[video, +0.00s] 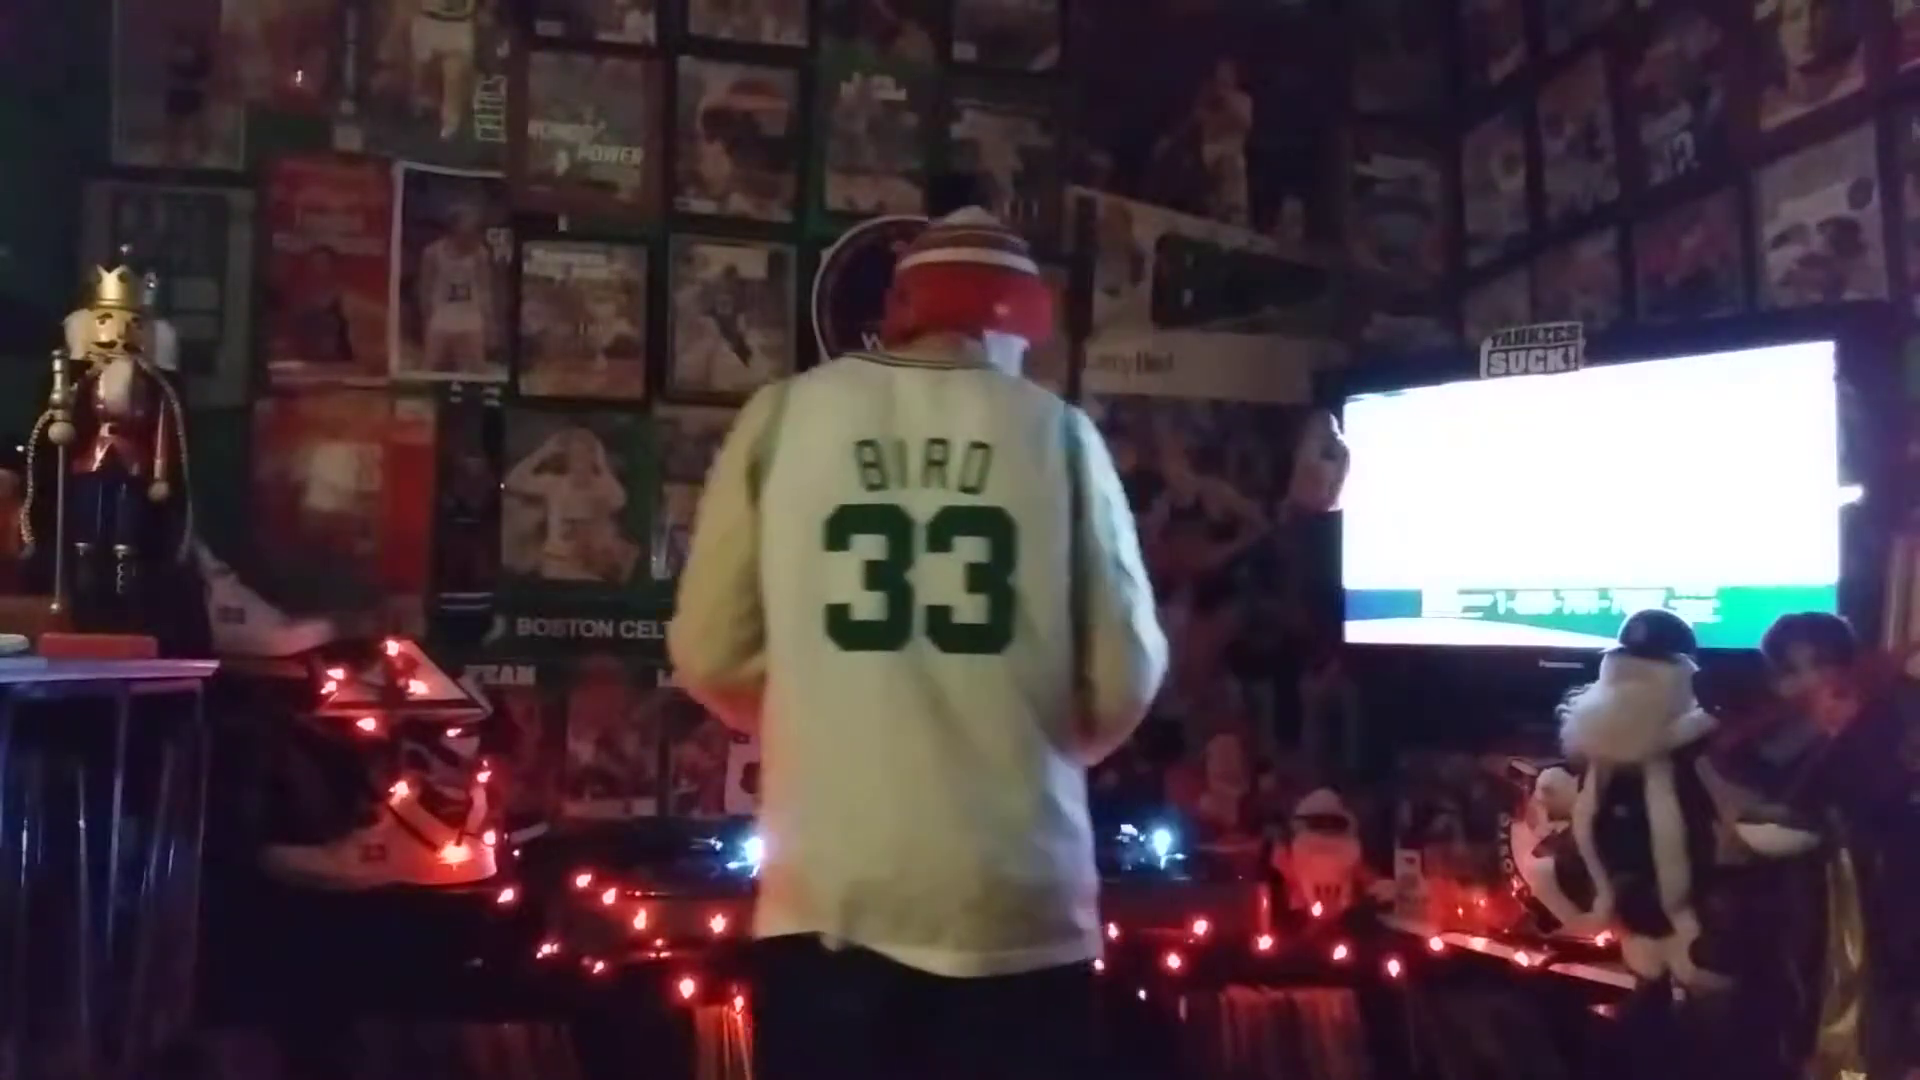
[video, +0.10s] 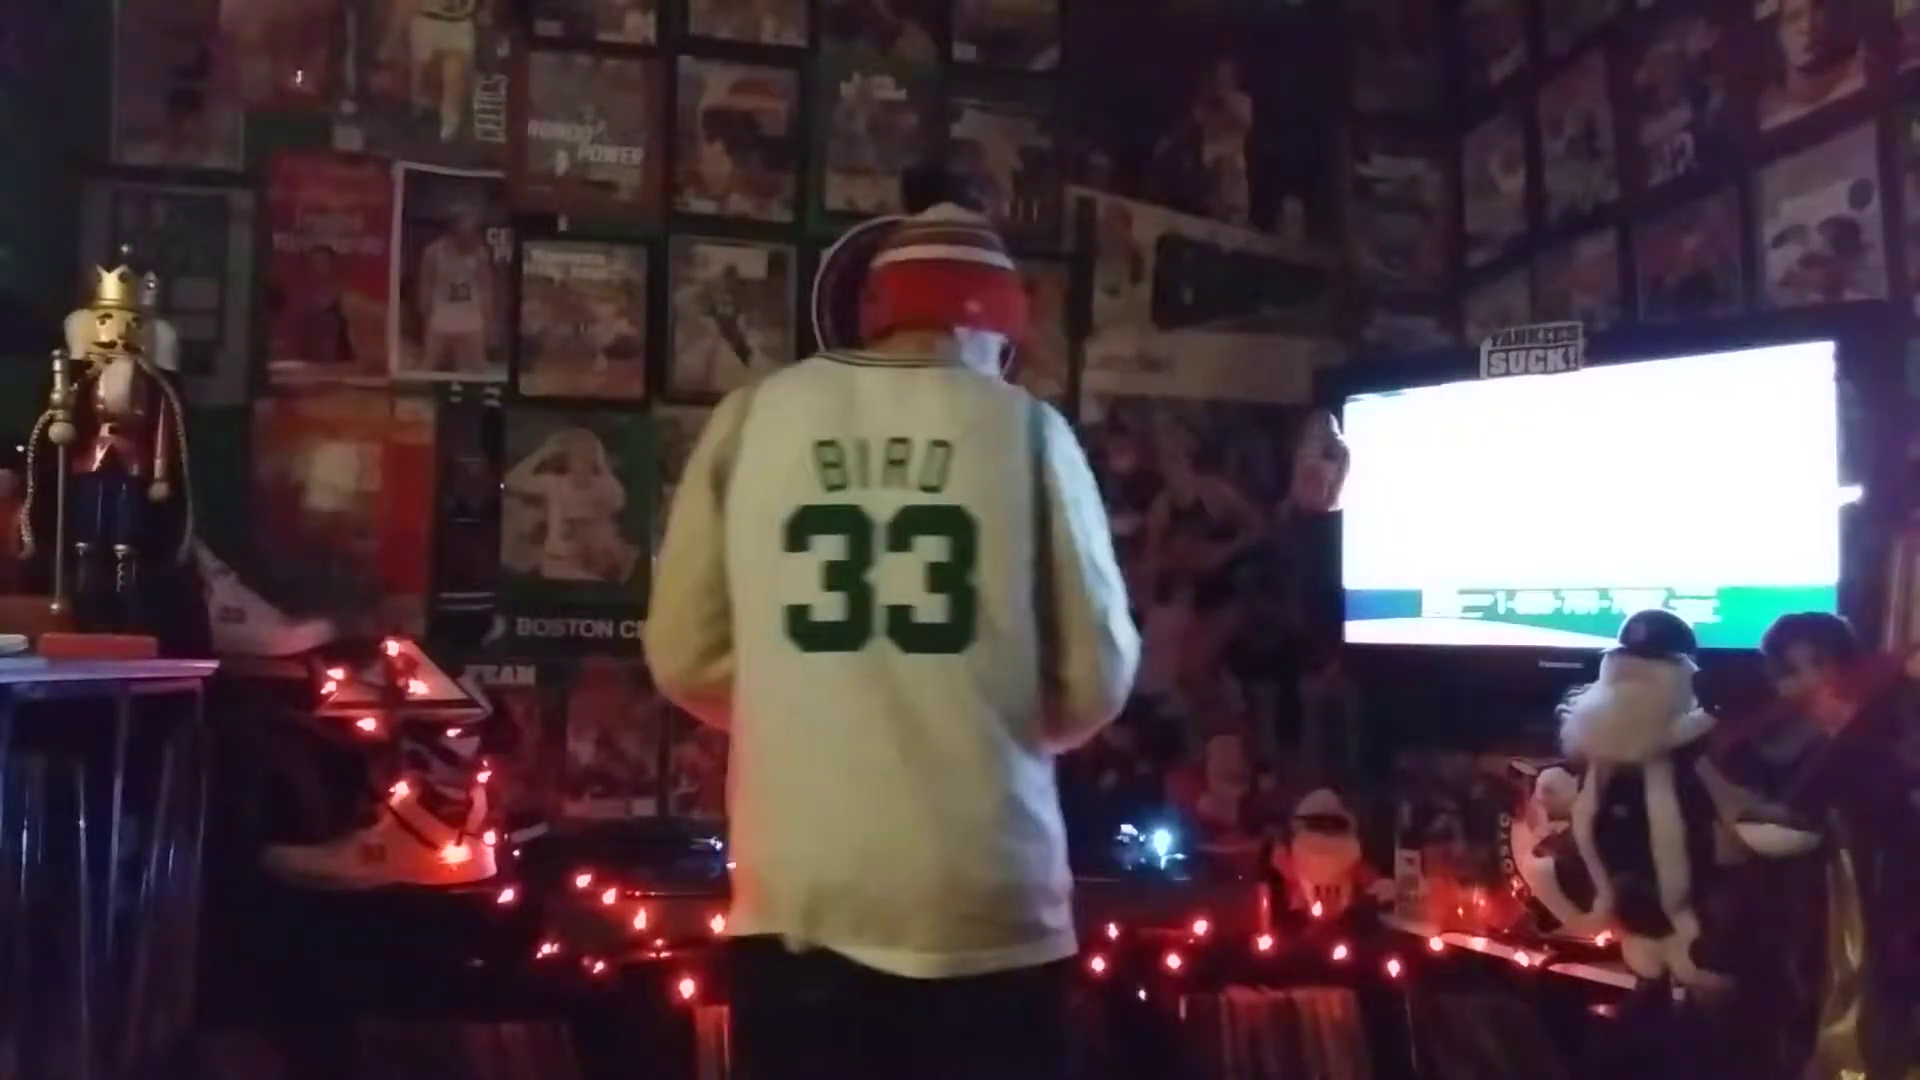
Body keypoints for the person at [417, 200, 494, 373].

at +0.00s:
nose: (467, 236)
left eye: (471, 231)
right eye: (463, 231)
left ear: (476, 231)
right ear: (453, 229)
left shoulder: (481, 253)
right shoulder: (433, 253)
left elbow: (486, 291)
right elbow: (425, 288)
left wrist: (490, 325)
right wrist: (427, 317)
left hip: (471, 324)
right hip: (440, 324)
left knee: (473, 376)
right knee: (433, 376)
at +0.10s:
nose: (466, 236)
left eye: (470, 231)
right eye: (463, 231)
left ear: (475, 231)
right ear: (453, 229)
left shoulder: (479, 252)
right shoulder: (434, 253)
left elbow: (486, 287)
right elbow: (426, 286)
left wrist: (488, 317)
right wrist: (426, 314)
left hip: (471, 323)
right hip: (440, 323)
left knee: (473, 375)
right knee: (431, 375)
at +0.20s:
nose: (466, 235)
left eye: (470, 230)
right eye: (462, 230)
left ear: (475, 230)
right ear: (453, 228)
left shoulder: (480, 252)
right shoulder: (434, 253)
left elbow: (486, 288)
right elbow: (426, 287)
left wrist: (489, 321)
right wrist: (426, 313)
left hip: (471, 325)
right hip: (440, 324)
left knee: (473, 377)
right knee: (431, 376)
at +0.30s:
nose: (466, 236)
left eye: (470, 232)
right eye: (462, 231)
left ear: (475, 230)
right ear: (453, 229)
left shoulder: (480, 252)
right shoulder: (434, 252)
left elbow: (486, 289)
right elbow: (425, 287)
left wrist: (489, 323)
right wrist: (425, 315)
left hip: (471, 325)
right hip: (440, 324)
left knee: (473, 377)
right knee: (433, 377)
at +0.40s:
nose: (466, 236)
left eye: (470, 231)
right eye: (462, 231)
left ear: (475, 230)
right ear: (453, 229)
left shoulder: (480, 252)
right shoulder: (434, 252)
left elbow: (486, 287)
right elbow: (426, 286)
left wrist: (489, 321)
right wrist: (425, 313)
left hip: (471, 324)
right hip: (441, 323)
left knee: (473, 376)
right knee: (433, 376)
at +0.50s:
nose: (466, 237)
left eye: (470, 232)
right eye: (462, 231)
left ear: (475, 231)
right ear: (453, 229)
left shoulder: (480, 252)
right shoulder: (434, 252)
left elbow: (486, 287)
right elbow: (426, 285)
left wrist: (488, 320)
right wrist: (425, 312)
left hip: (471, 324)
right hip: (440, 323)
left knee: (473, 375)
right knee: (433, 375)